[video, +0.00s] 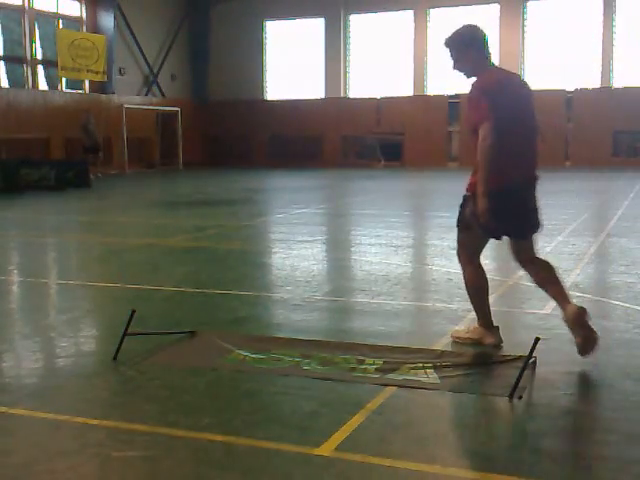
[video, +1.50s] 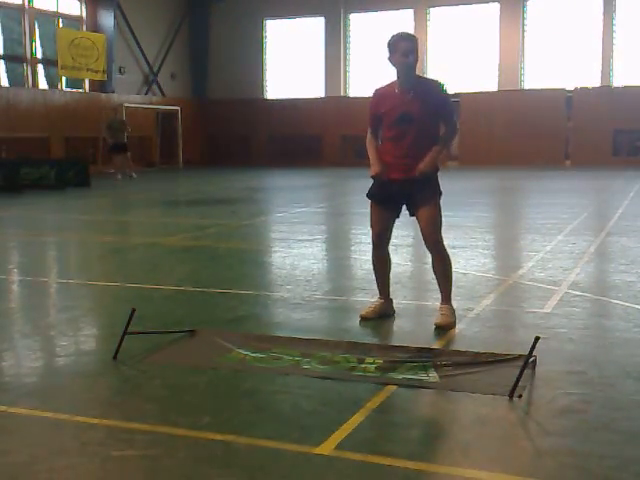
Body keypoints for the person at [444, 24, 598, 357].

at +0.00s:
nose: (453, 65)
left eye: (455, 57)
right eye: (452, 58)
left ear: (472, 52)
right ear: (483, 50)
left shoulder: (480, 89)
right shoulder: (517, 83)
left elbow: (487, 136)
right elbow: (529, 138)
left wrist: (482, 194)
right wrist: (525, 180)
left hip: (486, 191)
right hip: (522, 187)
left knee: (467, 255)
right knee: (526, 256)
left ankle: (485, 327)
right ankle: (568, 309)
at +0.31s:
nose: (418, 59)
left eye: (424, 52)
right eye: (417, 52)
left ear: (442, 49)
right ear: (421, 52)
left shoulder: (463, 83)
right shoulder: (441, 85)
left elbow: (489, 129)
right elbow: (448, 132)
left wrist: (454, 168)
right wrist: (434, 161)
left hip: (464, 177)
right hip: (442, 174)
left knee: (458, 252)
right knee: (429, 239)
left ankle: (486, 324)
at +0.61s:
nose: (405, 58)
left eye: (411, 51)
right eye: (401, 53)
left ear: (424, 50)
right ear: (397, 53)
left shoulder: (447, 84)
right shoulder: (395, 87)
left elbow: (475, 116)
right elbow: (390, 123)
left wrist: (452, 153)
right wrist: (393, 153)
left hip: (437, 176)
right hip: (404, 175)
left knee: (445, 240)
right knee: (394, 236)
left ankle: (462, 308)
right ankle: (407, 299)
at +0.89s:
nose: (409, 61)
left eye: (413, 55)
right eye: (403, 56)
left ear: (422, 57)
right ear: (395, 61)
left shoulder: (441, 93)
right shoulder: (388, 98)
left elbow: (471, 127)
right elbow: (382, 134)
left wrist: (446, 159)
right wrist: (385, 164)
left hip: (430, 182)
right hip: (396, 182)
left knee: (437, 247)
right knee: (380, 241)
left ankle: (444, 305)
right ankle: (389, 300)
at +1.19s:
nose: (410, 62)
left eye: (414, 57)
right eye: (404, 57)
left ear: (421, 61)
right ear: (394, 62)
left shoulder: (437, 97)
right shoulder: (382, 102)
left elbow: (461, 130)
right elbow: (370, 135)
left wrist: (441, 162)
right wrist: (377, 166)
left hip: (425, 183)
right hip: (389, 183)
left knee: (435, 244)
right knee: (372, 242)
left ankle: (446, 306)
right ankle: (384, 302)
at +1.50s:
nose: (408, 58)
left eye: (412, 53)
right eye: (402, 53)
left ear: (418, 56)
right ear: (391, 57)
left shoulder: (432, 91)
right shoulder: (380, 96)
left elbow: (450, 127)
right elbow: (371, 134)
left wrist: (434, 156)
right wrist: (375, 163)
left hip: (422, 180)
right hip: (386, 181)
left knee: (434, 242)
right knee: (378, 240)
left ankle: (446, 305)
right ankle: (384, 301)